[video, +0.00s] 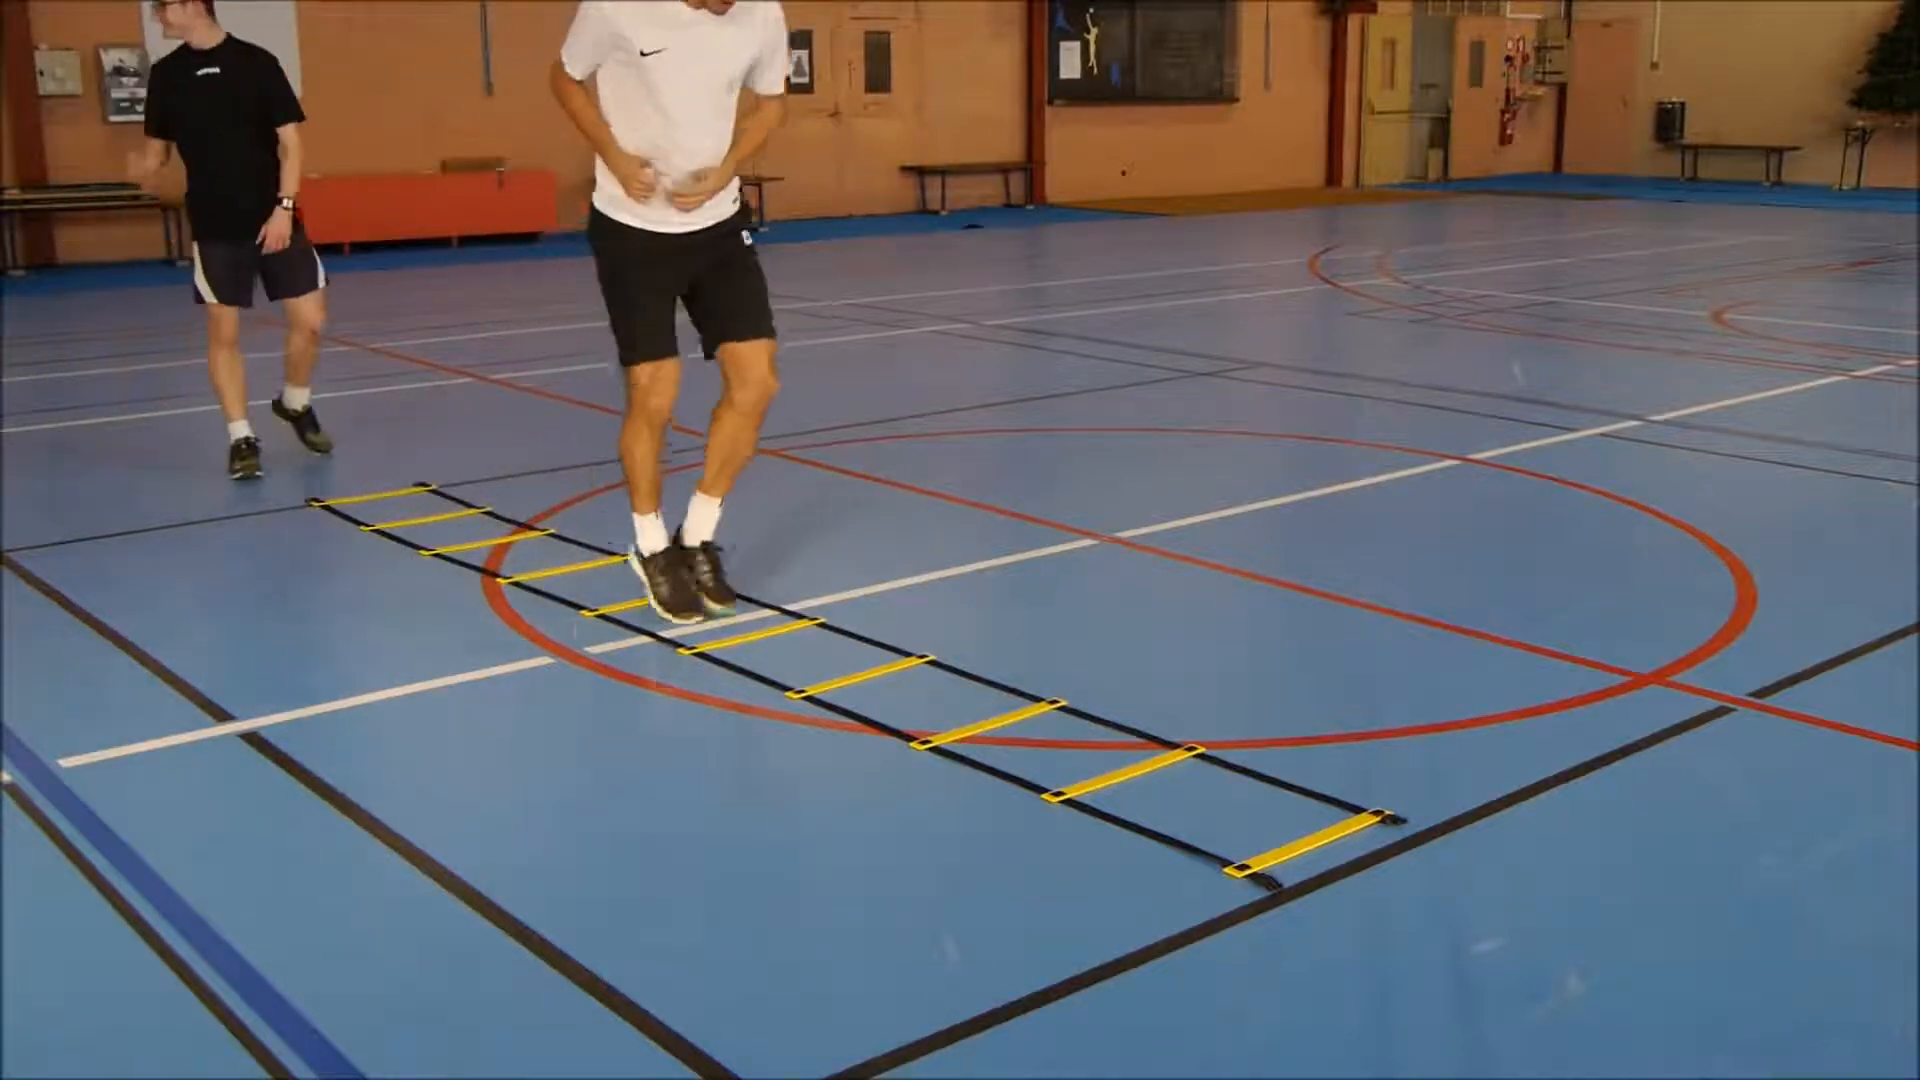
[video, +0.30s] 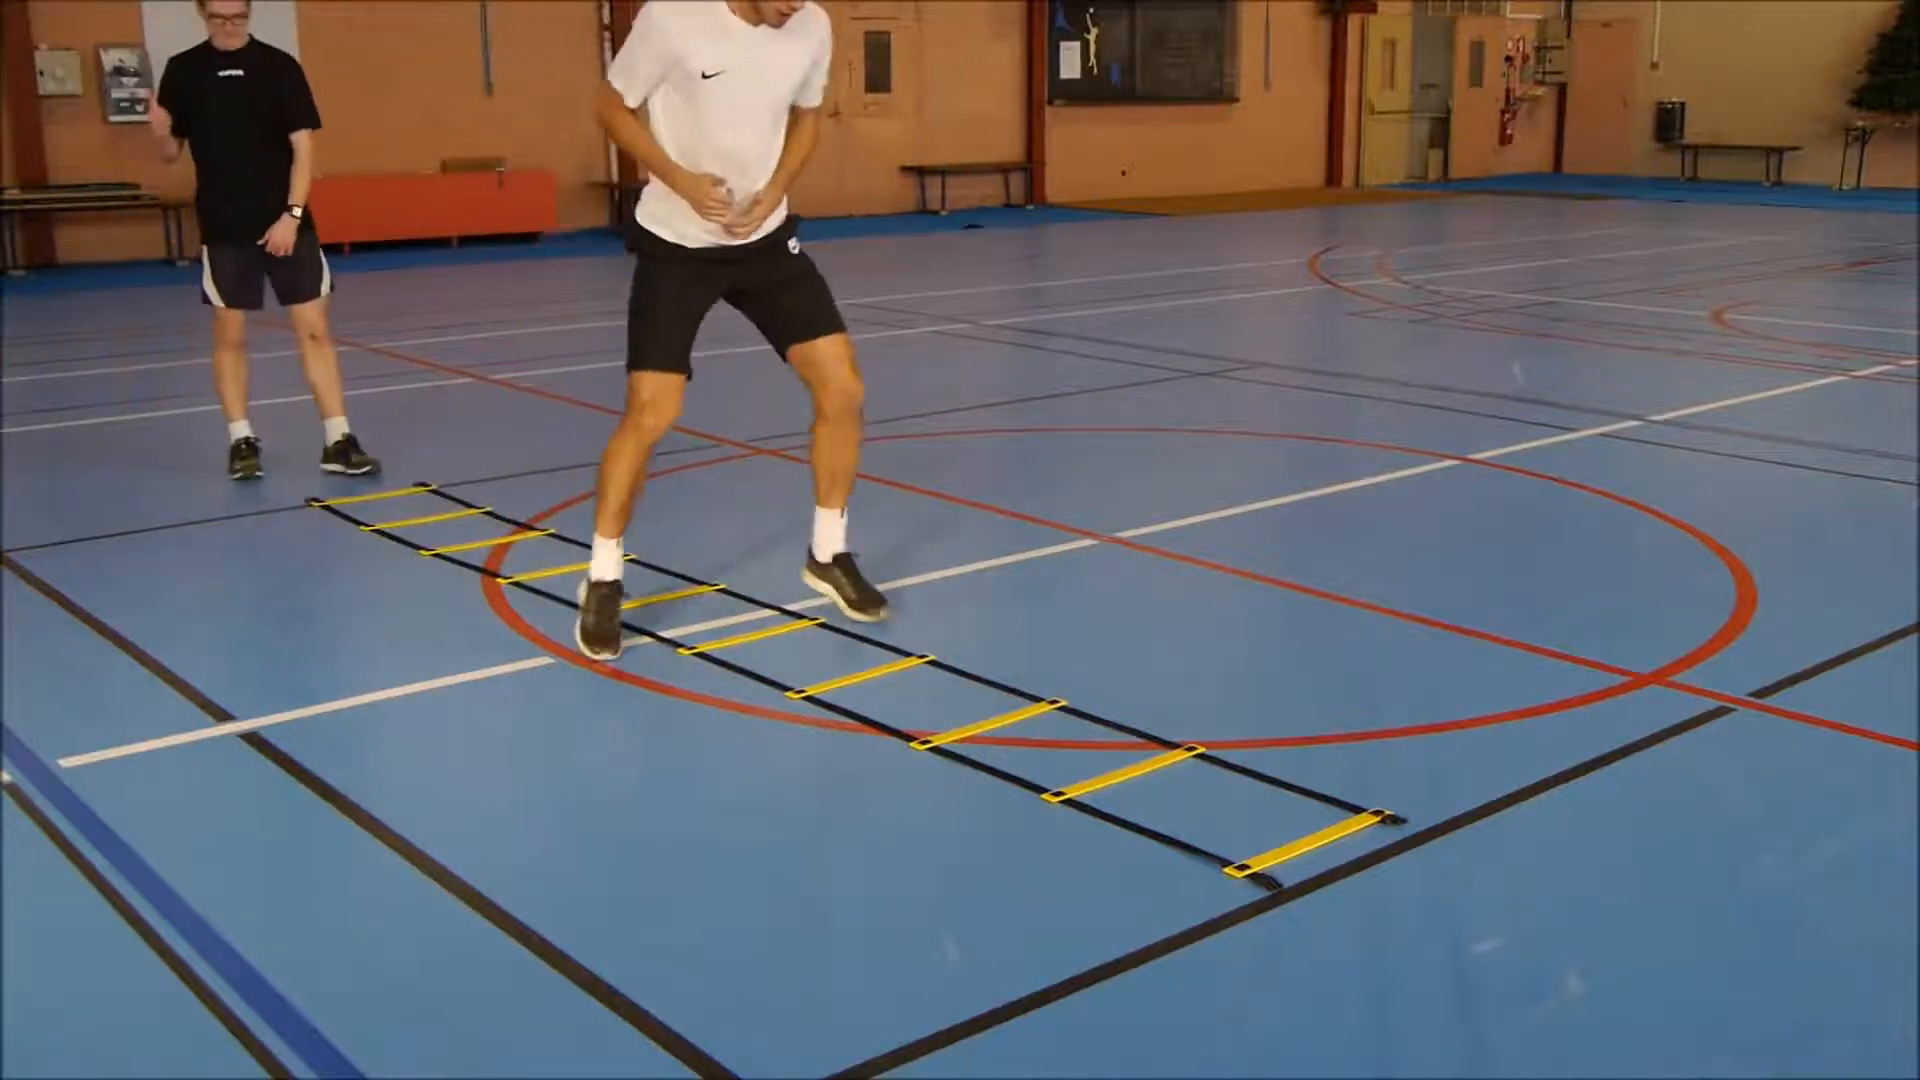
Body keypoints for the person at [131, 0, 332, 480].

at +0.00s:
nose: (161, 14)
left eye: (169, 5)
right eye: (160, 7)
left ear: (198, 7)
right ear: (185, 14)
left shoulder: (257, 62)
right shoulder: (165, 74)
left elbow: (291, 140)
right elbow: (156, 152)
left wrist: (285, 209)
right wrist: (144, 167)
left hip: (273, 215)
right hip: (214, 223)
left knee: (310, 319)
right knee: (225, 332)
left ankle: (295, 402)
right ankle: (241, 438)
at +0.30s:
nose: (230, 24)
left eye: (238, 16)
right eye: (220, 17)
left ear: (250, 13)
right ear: (203, 14)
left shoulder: (281, 66)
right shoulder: (183, 70)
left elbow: (303, 148)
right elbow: (171, 153)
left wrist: (293, 215)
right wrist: (161, 132)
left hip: (284, 218)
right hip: (223, 225)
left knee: (314, 329)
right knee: (230, 334)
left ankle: (338, 439)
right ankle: (241, 439)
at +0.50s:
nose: (280, 29)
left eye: (289, 20)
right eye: (270, 19)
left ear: (298, 16)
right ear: (249, 13)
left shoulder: (315, 69)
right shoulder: (215, 66)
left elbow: (330, 148)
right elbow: (192, 136)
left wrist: (314, 209)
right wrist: (199, 189)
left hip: (304, 221)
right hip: (242, 225)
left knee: (322, 334)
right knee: (240, 336)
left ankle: (336, 442)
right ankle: (244, 439)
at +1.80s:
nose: (321, 31)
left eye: (330, 21)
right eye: (311, 20)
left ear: (339, 18)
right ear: (289, 14)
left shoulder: (355, 70)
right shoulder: (253, 66)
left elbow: (373, 136)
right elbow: (227, 138)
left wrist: (361, 148)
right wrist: (235, 214)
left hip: (335, 226)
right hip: (273, 228)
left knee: (339, 337)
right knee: (275, 339)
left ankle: (337, 447)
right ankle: (271, 448)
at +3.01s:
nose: (368, 77)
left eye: (376, 68)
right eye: (360, 68)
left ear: (385, 55)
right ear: (336, 48)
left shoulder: (387, 83)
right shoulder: (286, 81)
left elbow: (390, 140)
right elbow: (242, 141)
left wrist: (381, 148)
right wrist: (292, 197)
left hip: (357, 222)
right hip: (301, 225)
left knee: (364, 340)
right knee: (337, 326)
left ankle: (335, 432)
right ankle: (346, 442)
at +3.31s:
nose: (388, 78)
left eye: (396, 70)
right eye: (379, 69)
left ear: (406, 54)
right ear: (354, 47)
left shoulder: (409, 84)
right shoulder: (308, 89)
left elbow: (415, 134)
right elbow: (272, 165)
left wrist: (407, 151)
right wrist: (335, 214)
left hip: (387, 231)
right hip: (324, 236)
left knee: (400, 350)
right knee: (337, 342)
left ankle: (386, 462)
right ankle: (330, 452)